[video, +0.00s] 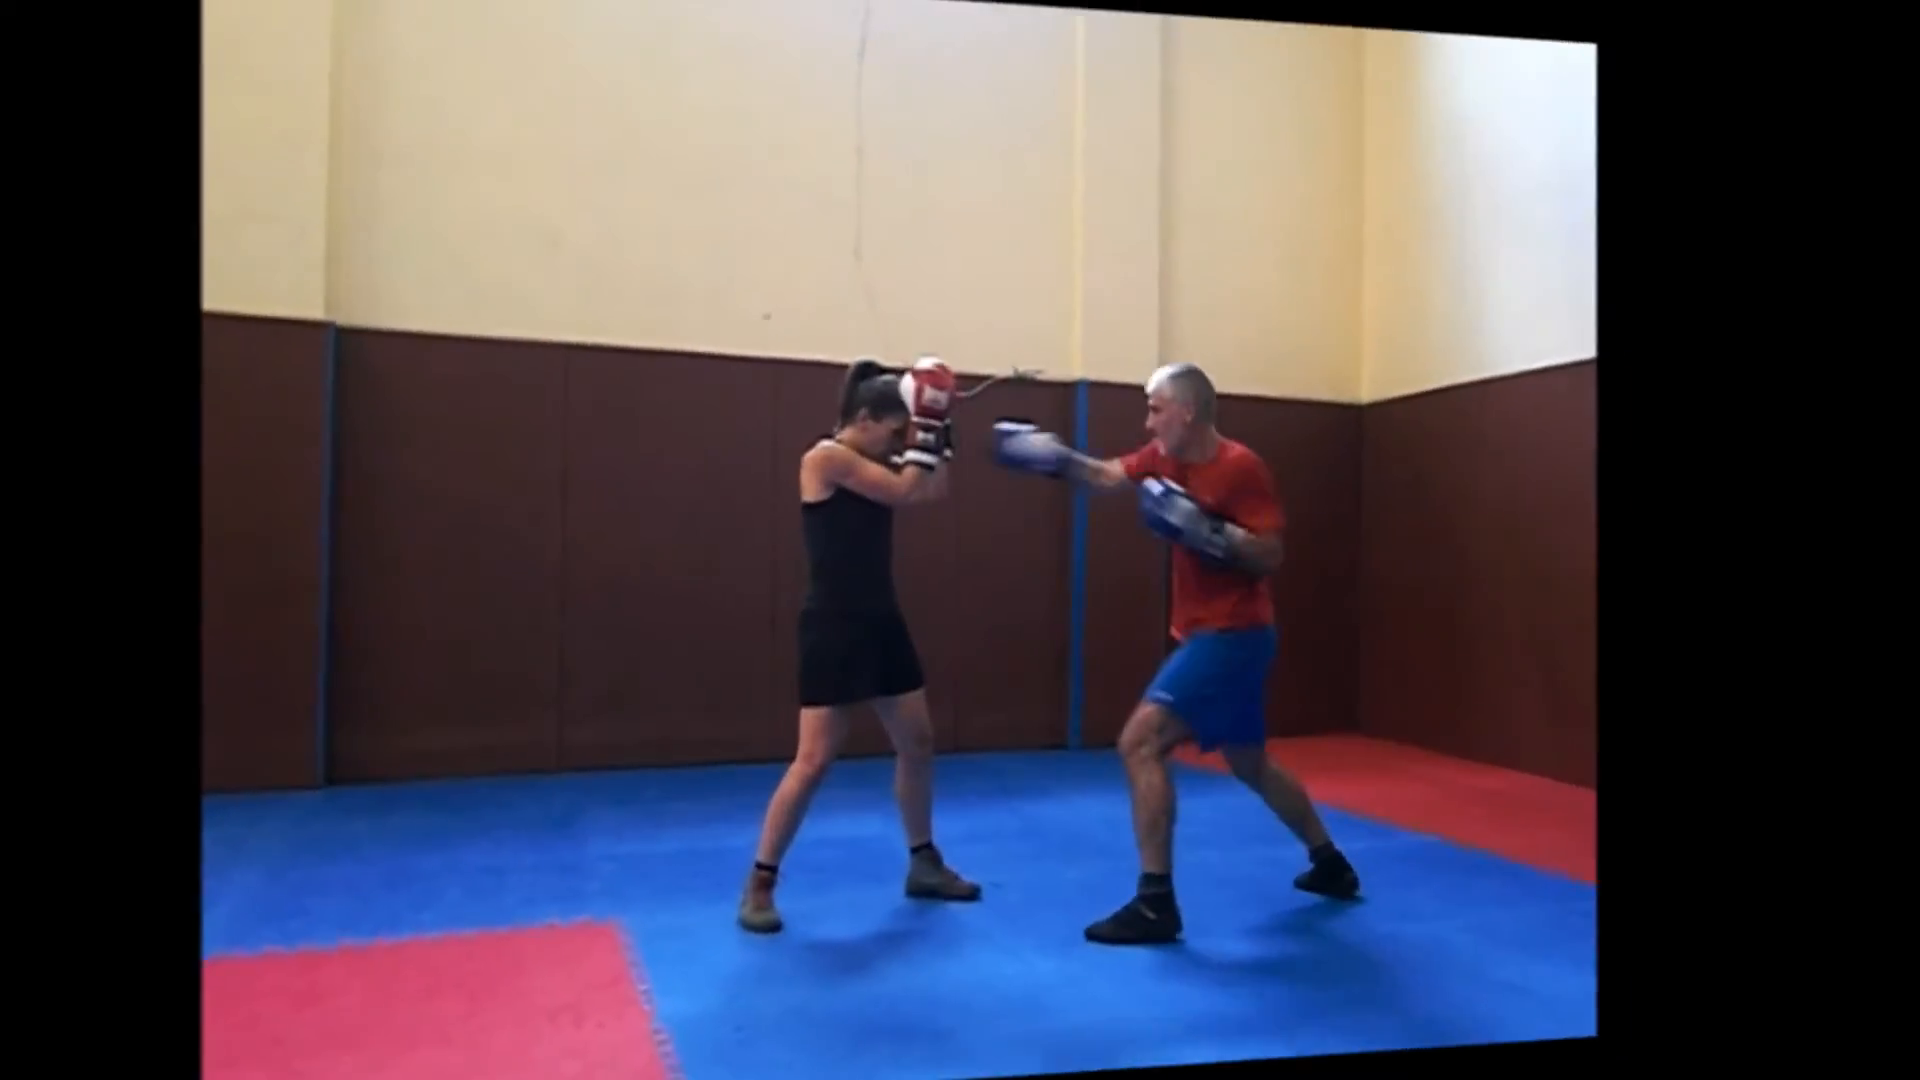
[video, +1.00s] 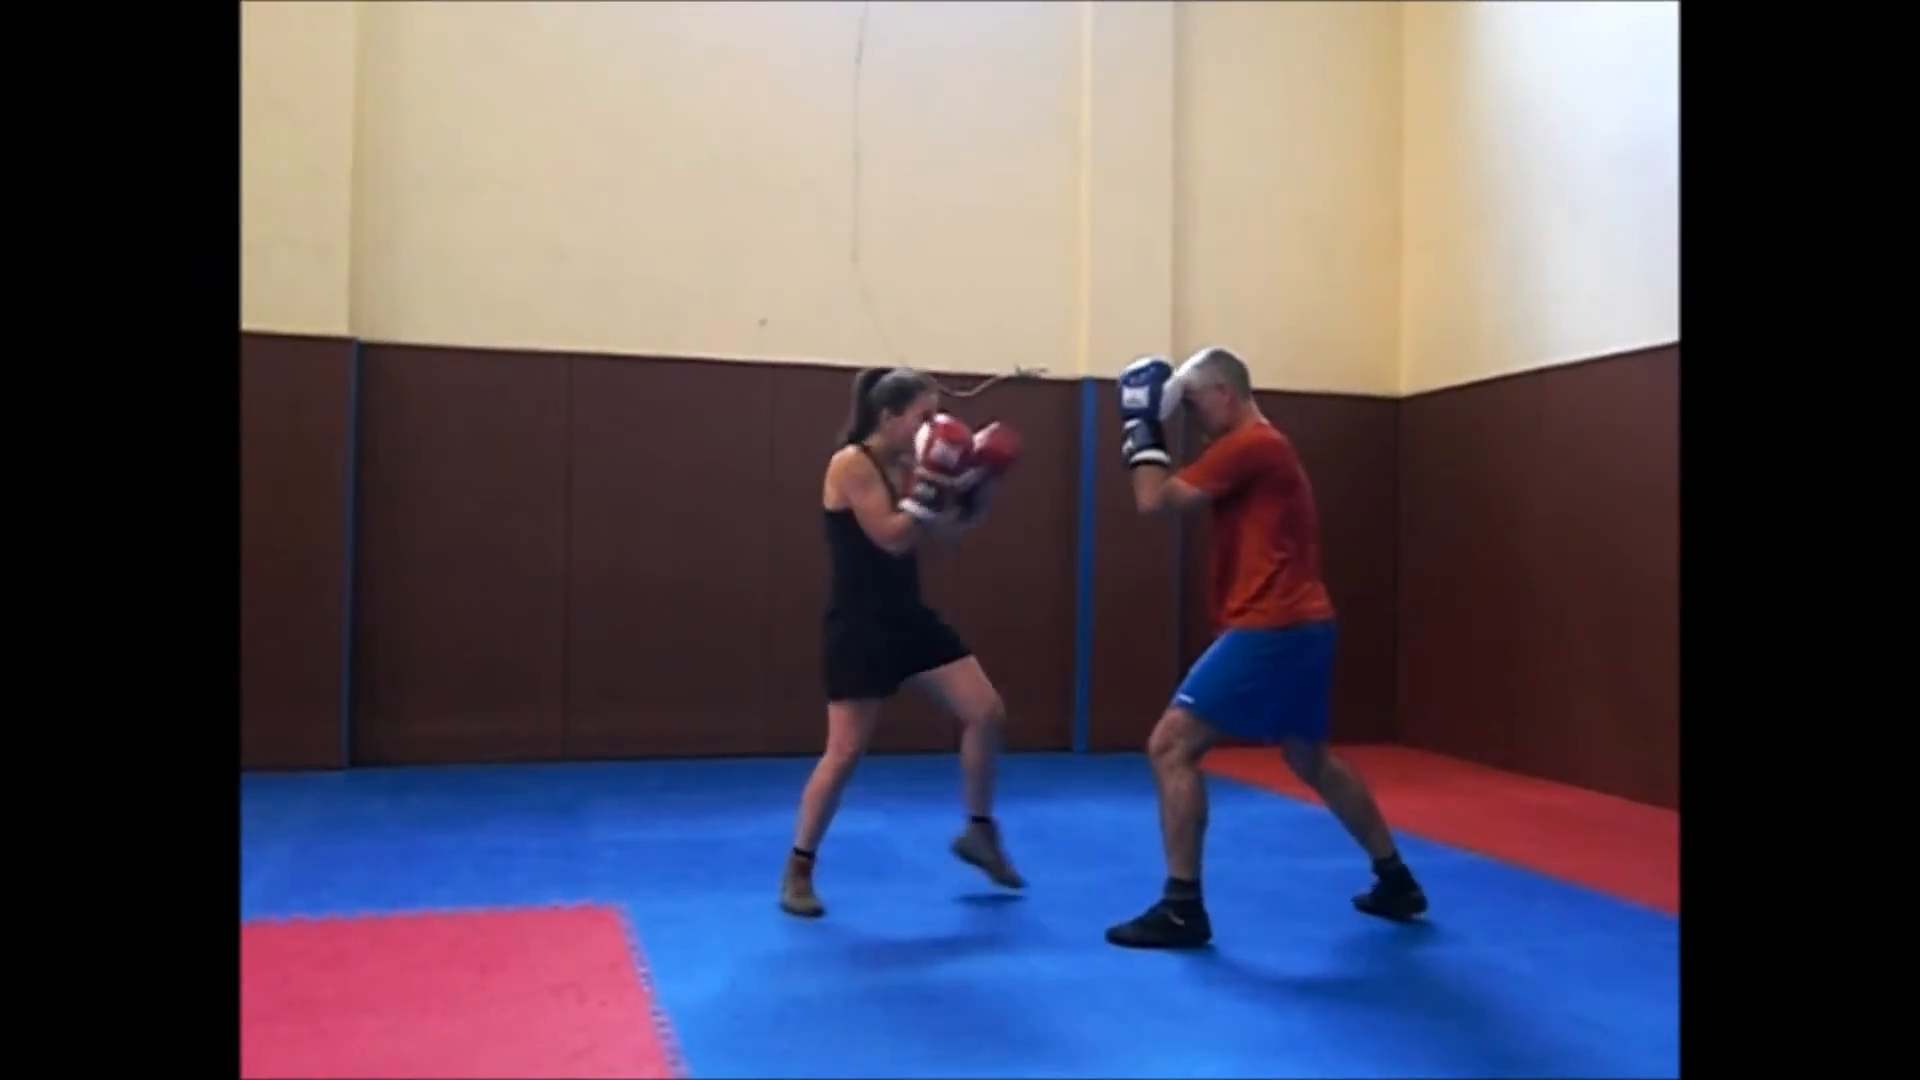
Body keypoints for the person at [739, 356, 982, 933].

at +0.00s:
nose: (898, 439)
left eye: (901, 430)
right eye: (892, 428)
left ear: (885, 424)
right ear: (862, 418)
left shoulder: (868, 463)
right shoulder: (826, 459)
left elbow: (931, 485)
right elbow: (904, 489)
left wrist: (937, 431)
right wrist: (927, 432)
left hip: (879, 623)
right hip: (833, 626)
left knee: (917, 740)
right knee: (812, 761)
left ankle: (924, 865)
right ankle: (760, 884)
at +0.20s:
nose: (898, 444)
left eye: (902, 434)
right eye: (894, 433)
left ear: (885, 425)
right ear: (865, 420)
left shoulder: (867, 462)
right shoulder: (824, 458)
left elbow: (926, 485)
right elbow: (906, 488)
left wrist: (939, 439)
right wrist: (928, 439)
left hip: (873, 623)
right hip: (826, 625)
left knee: (912, 739)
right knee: (808, 755)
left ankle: (923, 862)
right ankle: (757, 876)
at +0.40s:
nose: (897, 437)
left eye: (900, 427)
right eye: (891, 426)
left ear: (871, 421)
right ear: (858, 417)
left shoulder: (866, 463)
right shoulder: (821, 458)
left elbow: (935, 487)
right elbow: (900, 488)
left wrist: (936, 436)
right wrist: (925, 439)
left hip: (878, 622)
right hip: (830, 625)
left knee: (914, 739)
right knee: (808, 755)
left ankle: (922, 862)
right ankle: (757, 876)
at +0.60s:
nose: (915, 429)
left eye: (916, 418)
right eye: (908, 418)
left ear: (885, 421)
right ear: (872, 420)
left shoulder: (889, 474)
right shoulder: (838, 472)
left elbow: (914, 545)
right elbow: (881, 546)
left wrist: (938, 498)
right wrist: (923, 498)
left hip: (891, 629)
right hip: (843, 633)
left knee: (941, 739)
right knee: (820, 757)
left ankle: (927, 863)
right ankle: (758, 877)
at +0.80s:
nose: (924, 414)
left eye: (925, 404)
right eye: (917, 404)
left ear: (891, 408)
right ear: (883, 404)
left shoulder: (895, 457)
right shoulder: (850, 453)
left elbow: (947, 509)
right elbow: (911, 508)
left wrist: (960, 457)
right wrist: (945, 463)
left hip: (894, 615)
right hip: (848, 616)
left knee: (915, 739)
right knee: (845, 744)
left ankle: (923, 861)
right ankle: (796, 864)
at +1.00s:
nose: (928, 428)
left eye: (931, 418)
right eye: (922, 417)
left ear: (902, 419)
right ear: (889, 415)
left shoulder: (904, 466)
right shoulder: (851, 464)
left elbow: (946, 530)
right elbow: (889, 534)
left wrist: (969, 484)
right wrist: (928, 487)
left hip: (909, 620)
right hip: (859, 627)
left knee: (984, 712)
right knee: (844, 750)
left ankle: (979, 829)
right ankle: (799, 867)